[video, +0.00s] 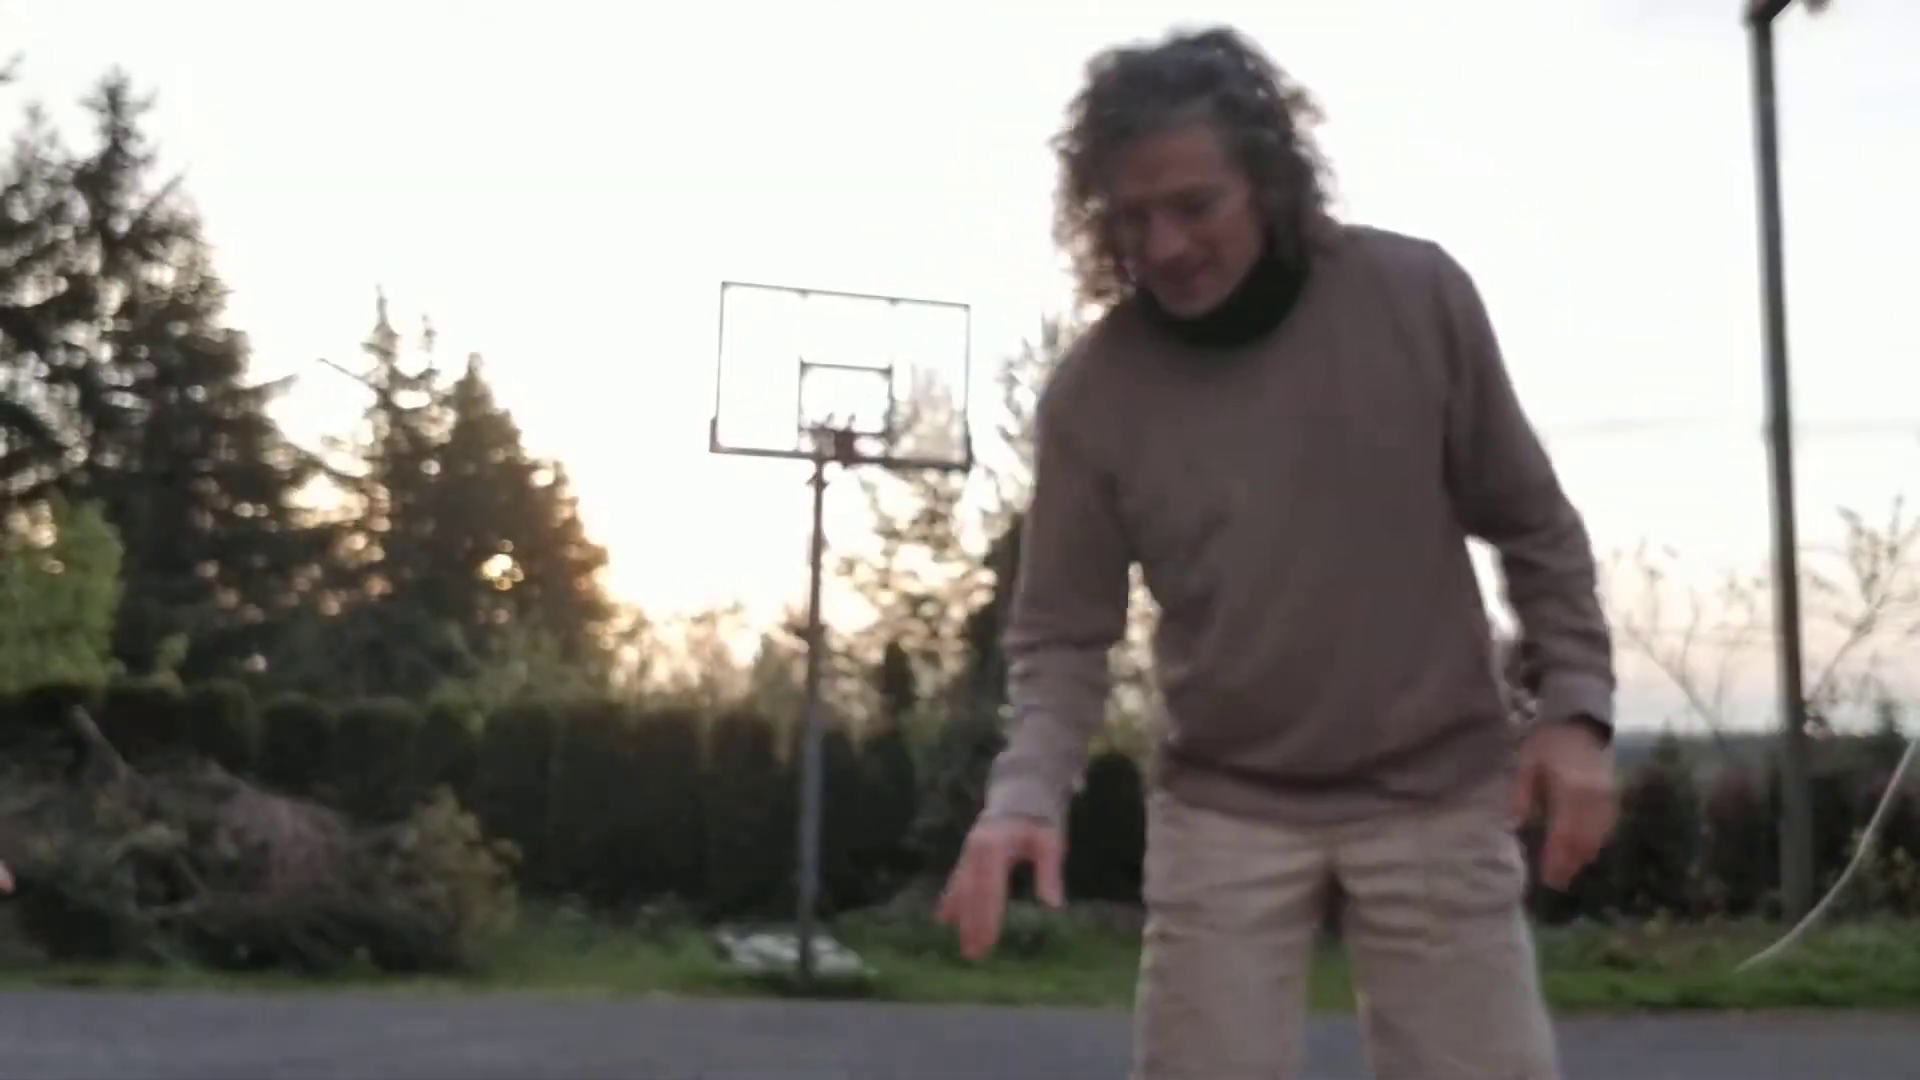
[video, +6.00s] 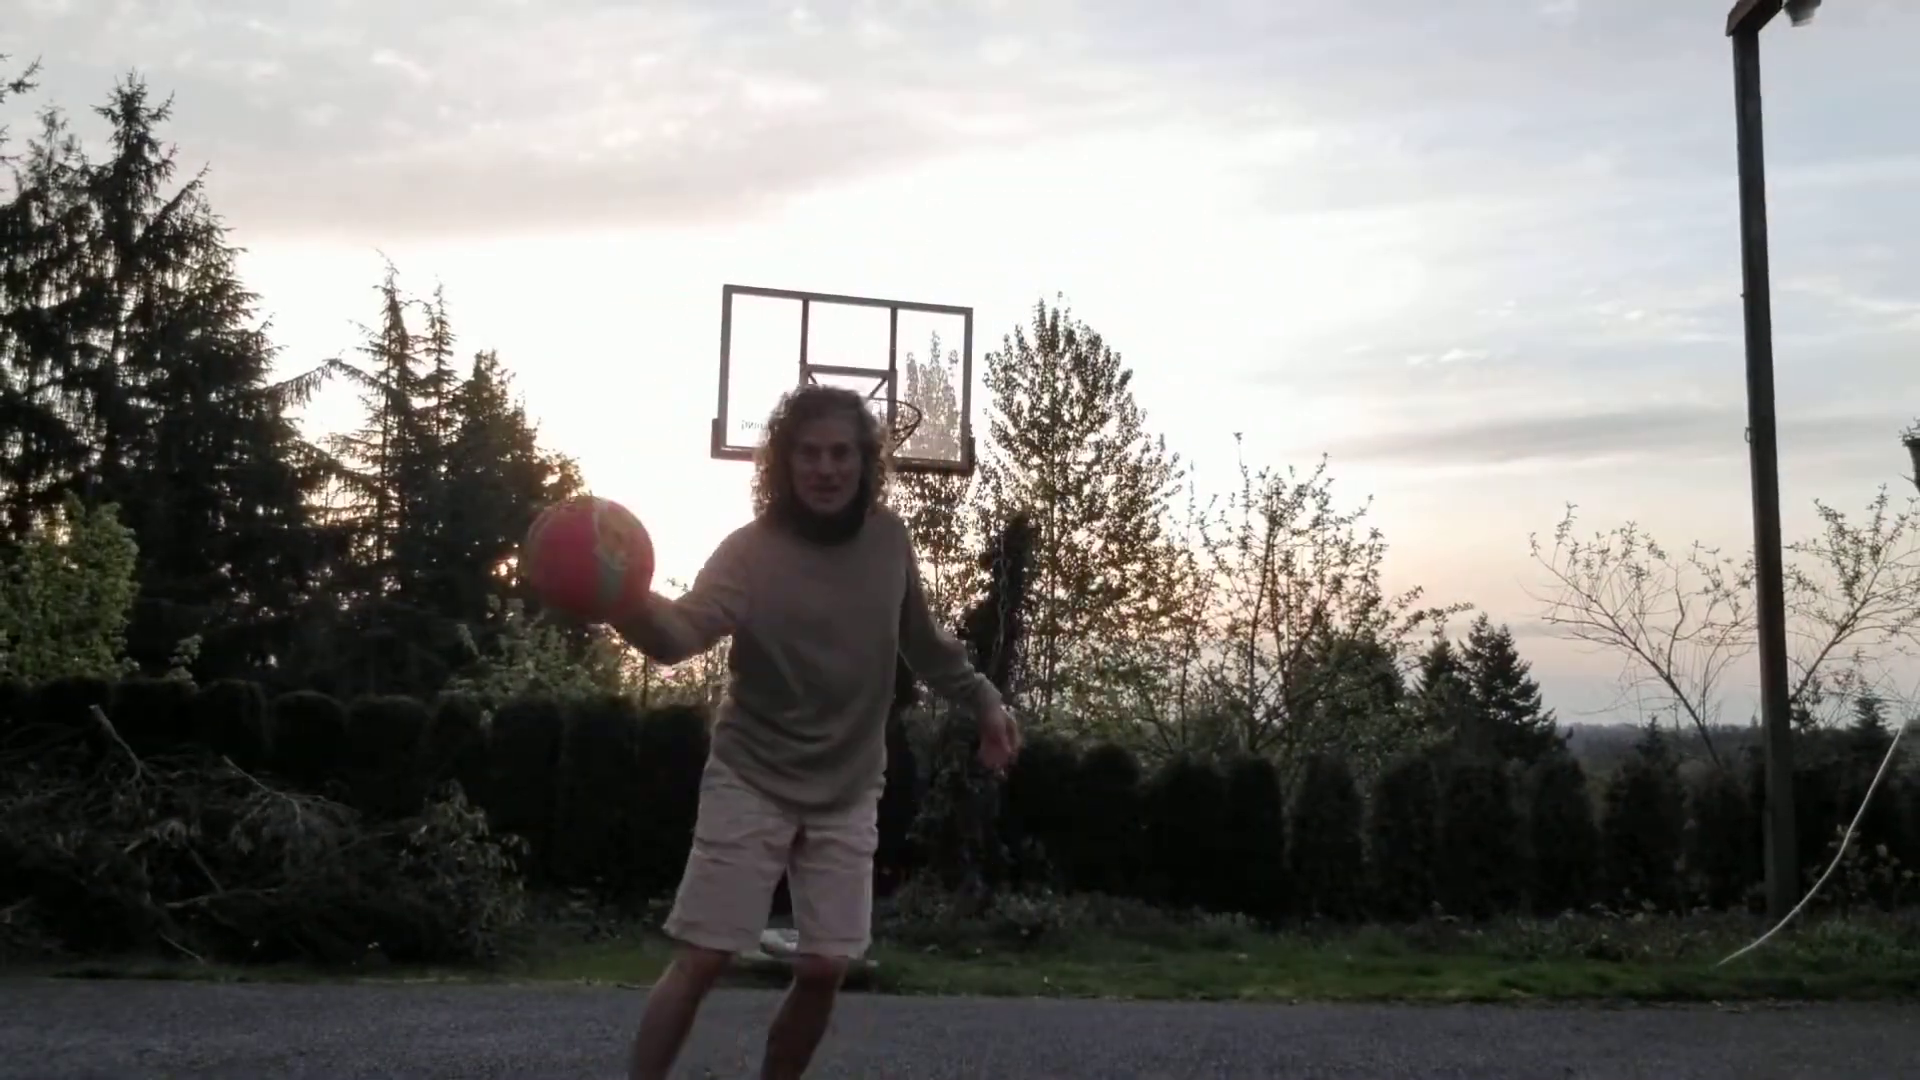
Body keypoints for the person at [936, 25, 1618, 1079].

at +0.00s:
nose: (1166, 246)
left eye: (1196, 206)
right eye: (1132, 216)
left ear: (1270, 181)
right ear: (1101, 216)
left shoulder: (1415, 299)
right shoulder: (1094, 395)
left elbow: (1535, 526)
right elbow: (1059, 638)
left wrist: (1575, 713)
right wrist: (1025, 802)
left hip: (1438, 800)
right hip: (1225, 813)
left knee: (1491, 1065)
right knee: (1202, 1065)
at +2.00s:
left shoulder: (1382, 85)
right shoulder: (971, 182)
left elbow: (1476, 377)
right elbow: (872, 484)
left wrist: (1597, 571)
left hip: (1395, 728)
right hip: (1117, 744)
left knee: (1486, 1060)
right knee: (1085, 1057)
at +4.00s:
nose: (1045, 291)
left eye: (1068, 263)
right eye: (1015, 267)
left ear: (1110, 268)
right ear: (974, 281)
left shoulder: (1210, 393)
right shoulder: (935, 440)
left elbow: (1275, 583)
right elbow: (901, 664)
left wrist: (1176, 659)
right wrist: (912, 834)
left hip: (1207, 793)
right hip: (1033, 807)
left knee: (1215, 1064)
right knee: (1002, 1062)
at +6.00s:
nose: (826, 468)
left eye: (843, 452)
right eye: (809, 452)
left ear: (866, 462)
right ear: (784, 462)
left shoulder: (887, 540)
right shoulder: (752, 551)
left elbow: (923, 639)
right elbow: (676, 636)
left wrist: (984, 699)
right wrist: (611, 588)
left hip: (848, 792)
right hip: (750, 781)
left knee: (825, 971)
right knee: (705, 956)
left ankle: (776, 1077)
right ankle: (642, 1076)